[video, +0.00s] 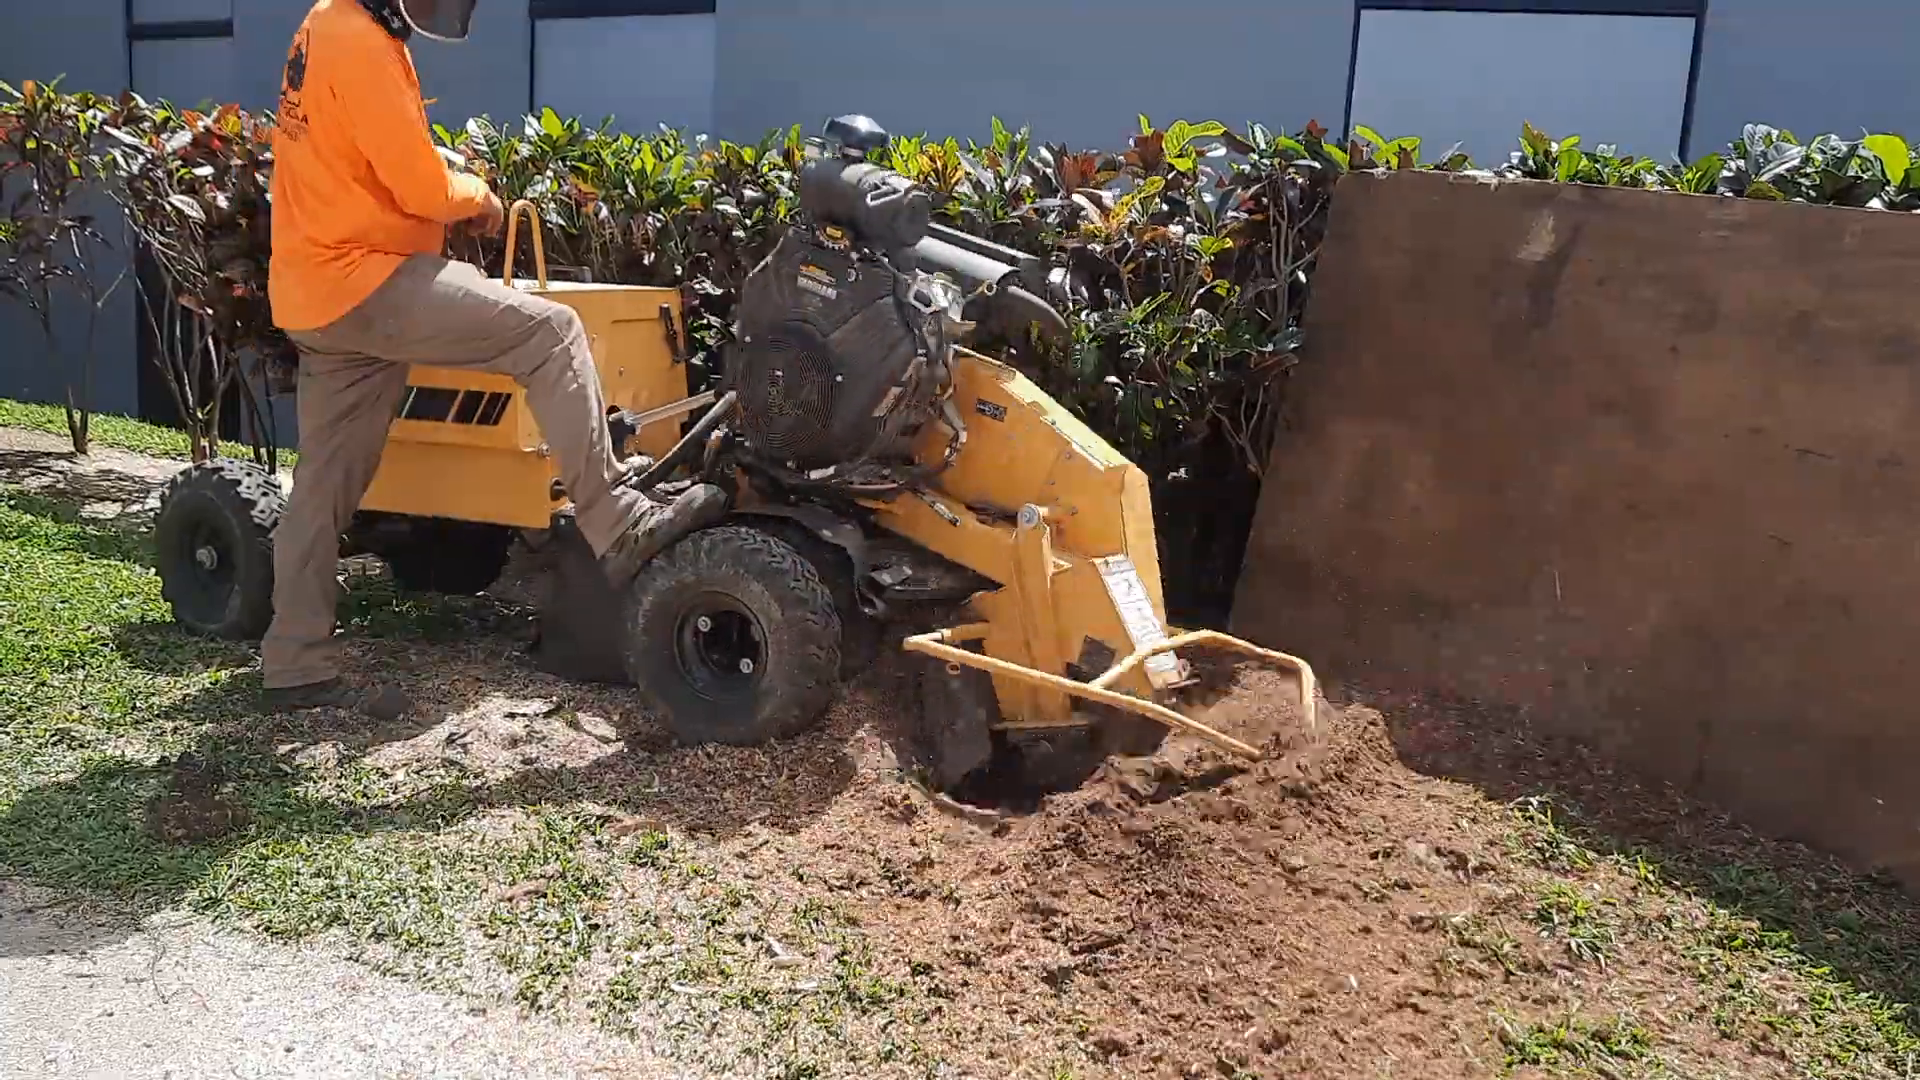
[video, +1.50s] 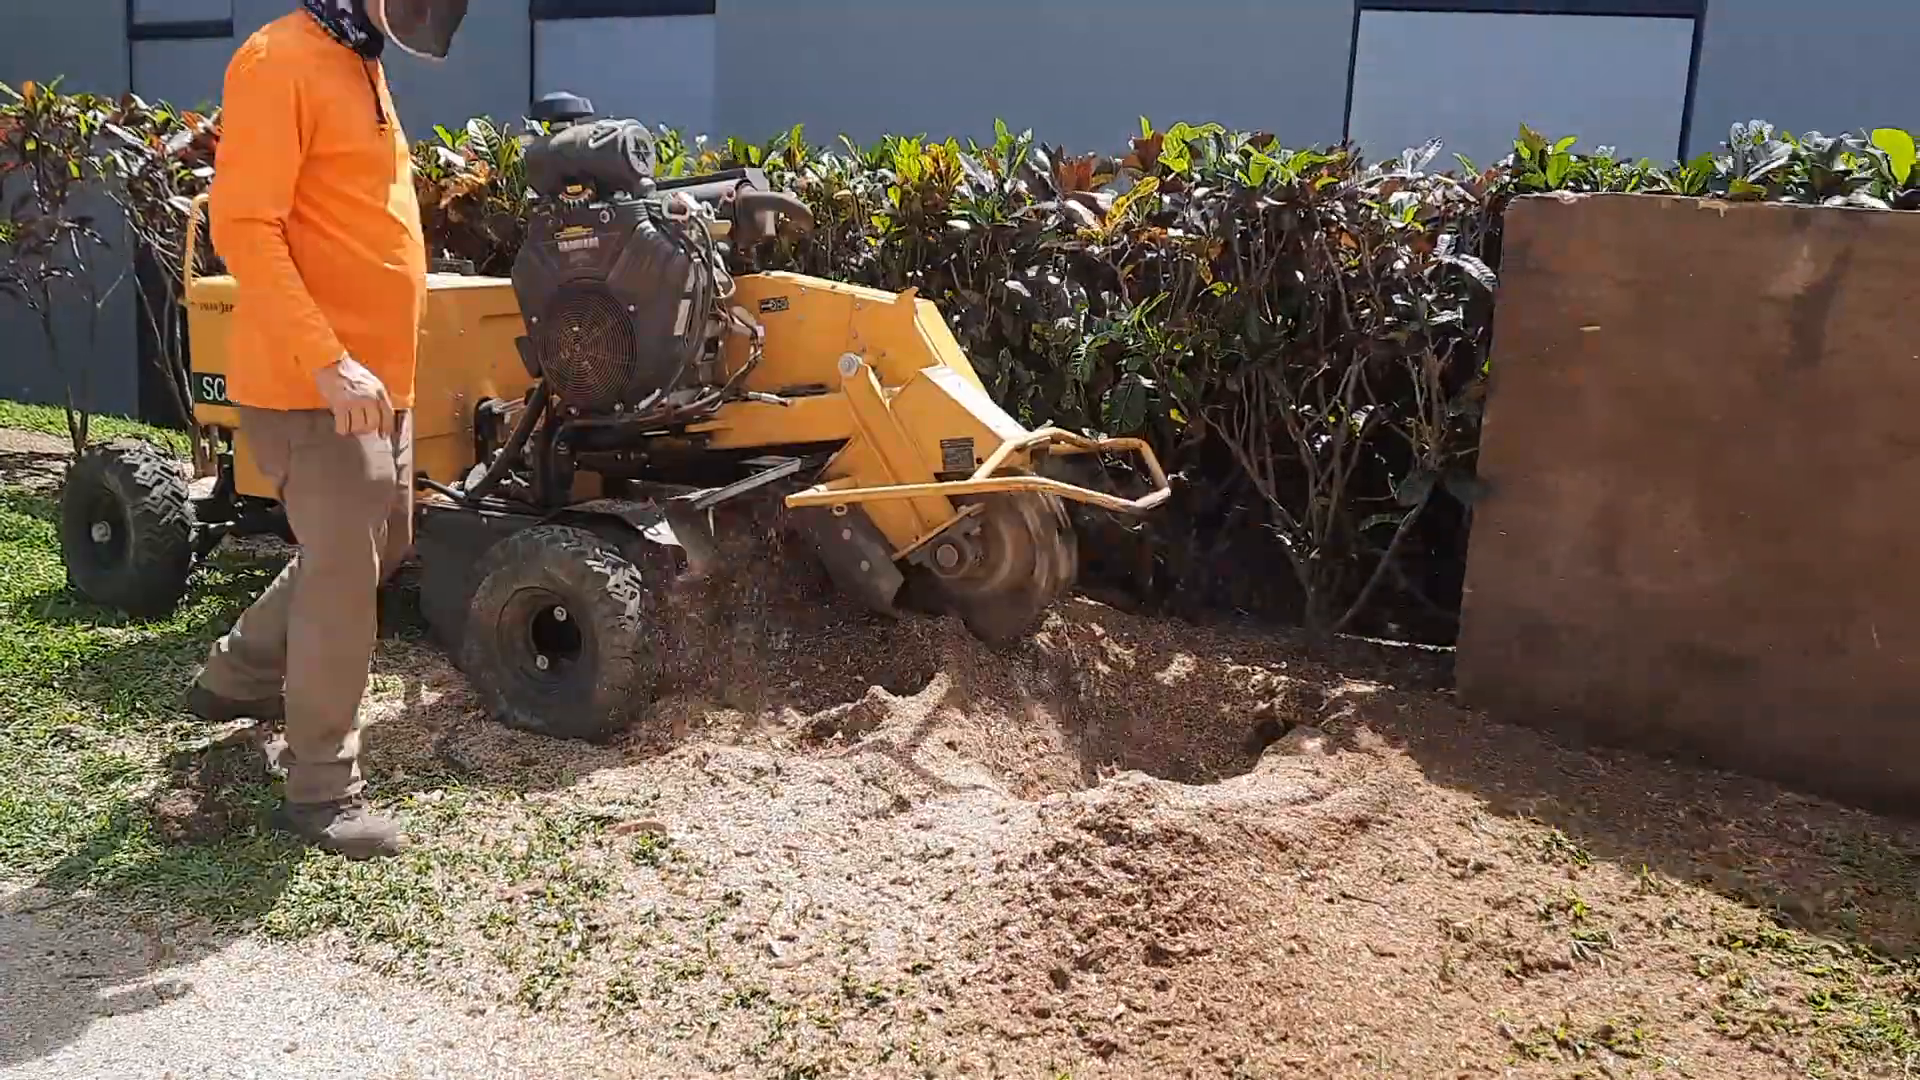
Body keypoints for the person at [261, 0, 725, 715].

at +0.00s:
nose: (434, 26)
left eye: (440, 19)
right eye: (435, 16)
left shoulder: (335, 24)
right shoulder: (362, 44)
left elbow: (373, 158)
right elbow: (422, 189)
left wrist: (450, 180)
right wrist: (476, 193)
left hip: (318, 287)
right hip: (360, 280)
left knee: (323, 488)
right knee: (549, 333)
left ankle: (294, 666)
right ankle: (617, 520)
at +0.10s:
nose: (435, 14)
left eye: (435, 8)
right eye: (431, 5)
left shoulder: (339, 30)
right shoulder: (342, 39)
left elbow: (390, 168)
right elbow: (406, 182)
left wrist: (482, 189)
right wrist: (498, 196)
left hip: (329, 288)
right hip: (360, 280)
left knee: (329, 486)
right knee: (547, 326)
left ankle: (298, 665)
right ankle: (650, 510)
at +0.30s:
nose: (479, 8)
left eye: (480, 4)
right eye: (474, 2)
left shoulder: (315, 25)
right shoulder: (437, 61)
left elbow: (297, 153)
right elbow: (501, 196)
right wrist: (529, 194)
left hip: (334, 315)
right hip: (411, 327)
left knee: (351, 491)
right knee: (398, 515)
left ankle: (302, 666)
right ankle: (373, 707)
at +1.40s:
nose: (468, 22)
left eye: (471, 15)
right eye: (469, 12)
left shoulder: (342, 29)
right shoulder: (399, 51)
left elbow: (392, 168)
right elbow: (468, 180)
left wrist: (486, 203)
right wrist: (543, 197)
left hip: (374, 323)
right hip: (396, 331)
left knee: (462, 474)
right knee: (394, 509)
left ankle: (402, 648)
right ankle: (370, 707)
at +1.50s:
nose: (415, 17)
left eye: (419, 10)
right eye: (411, 5)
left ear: (387, 7)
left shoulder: (357, 67)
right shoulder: (277, 61)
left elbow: (344, 233)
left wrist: (387, 367)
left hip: (376, 378)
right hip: (313, 385)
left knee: (379, 540)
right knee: (342, 568)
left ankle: (238, 673)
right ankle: (321, 792)